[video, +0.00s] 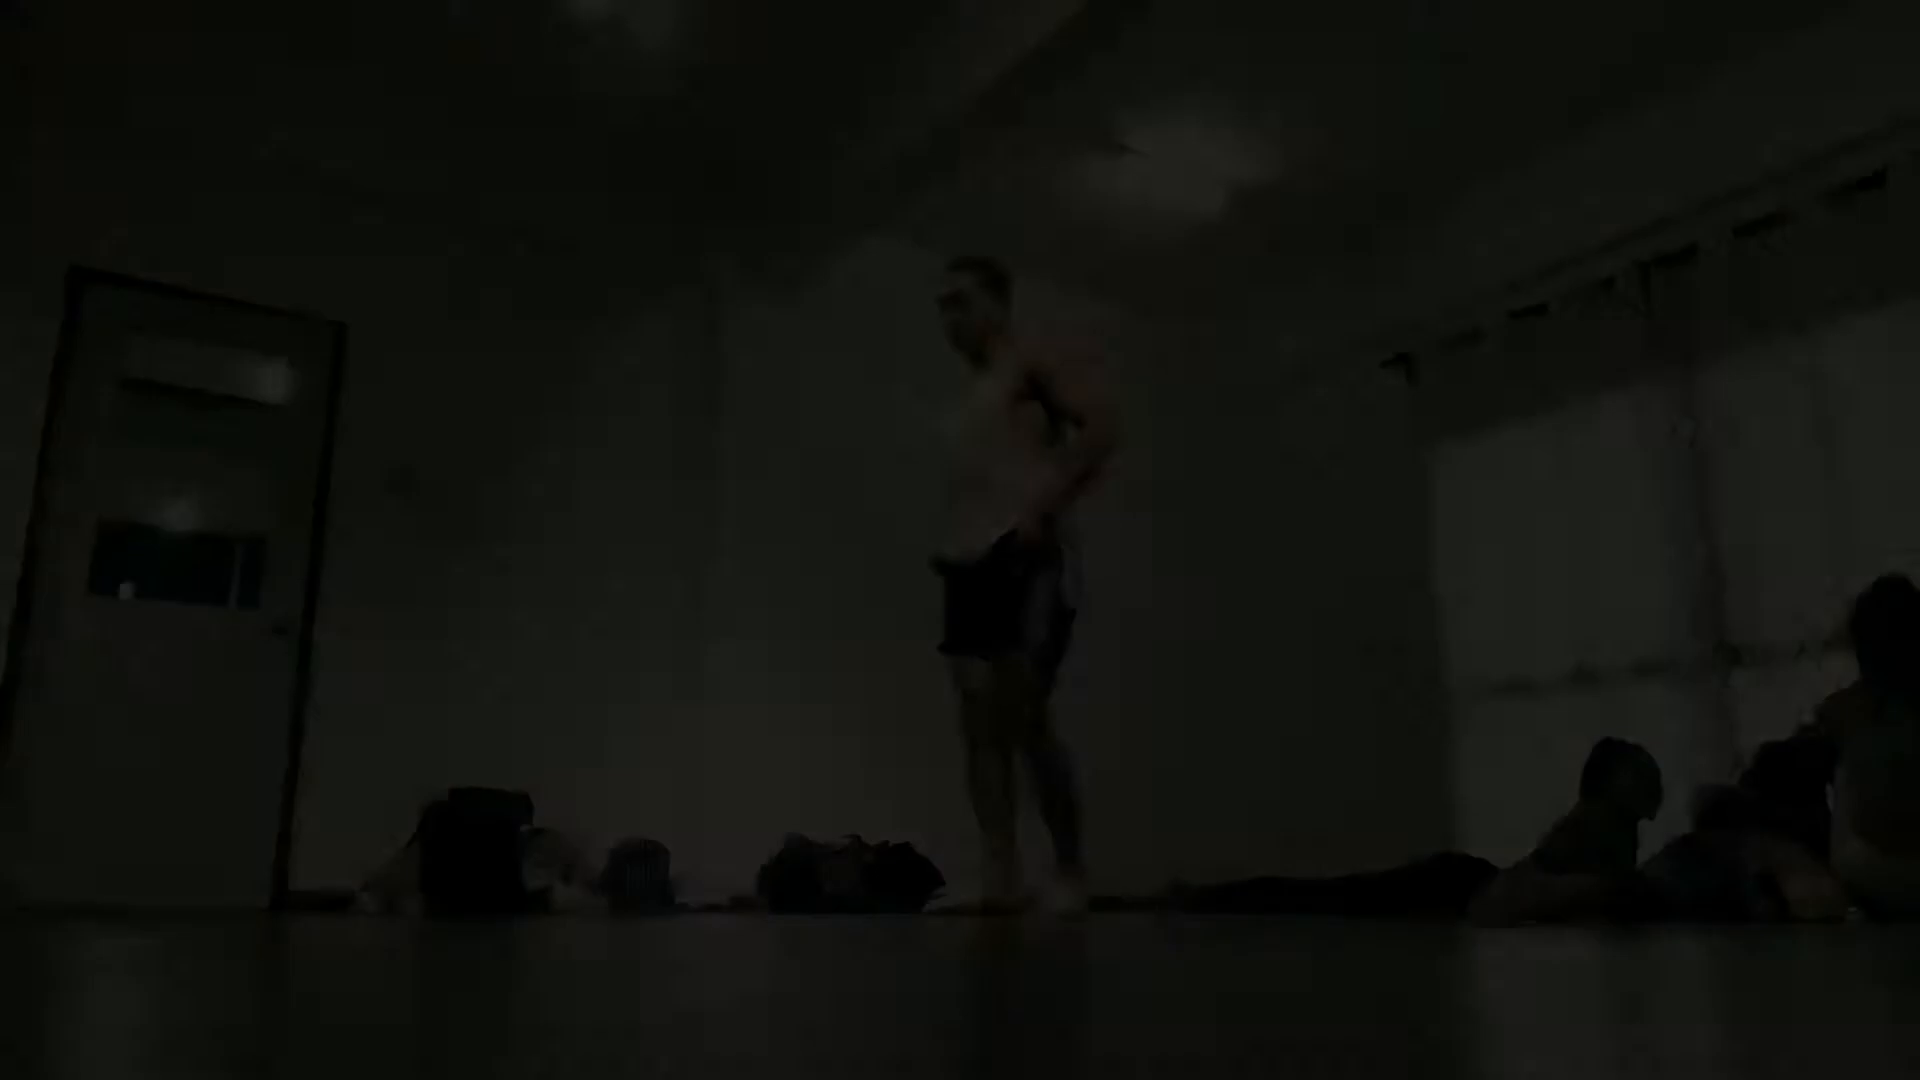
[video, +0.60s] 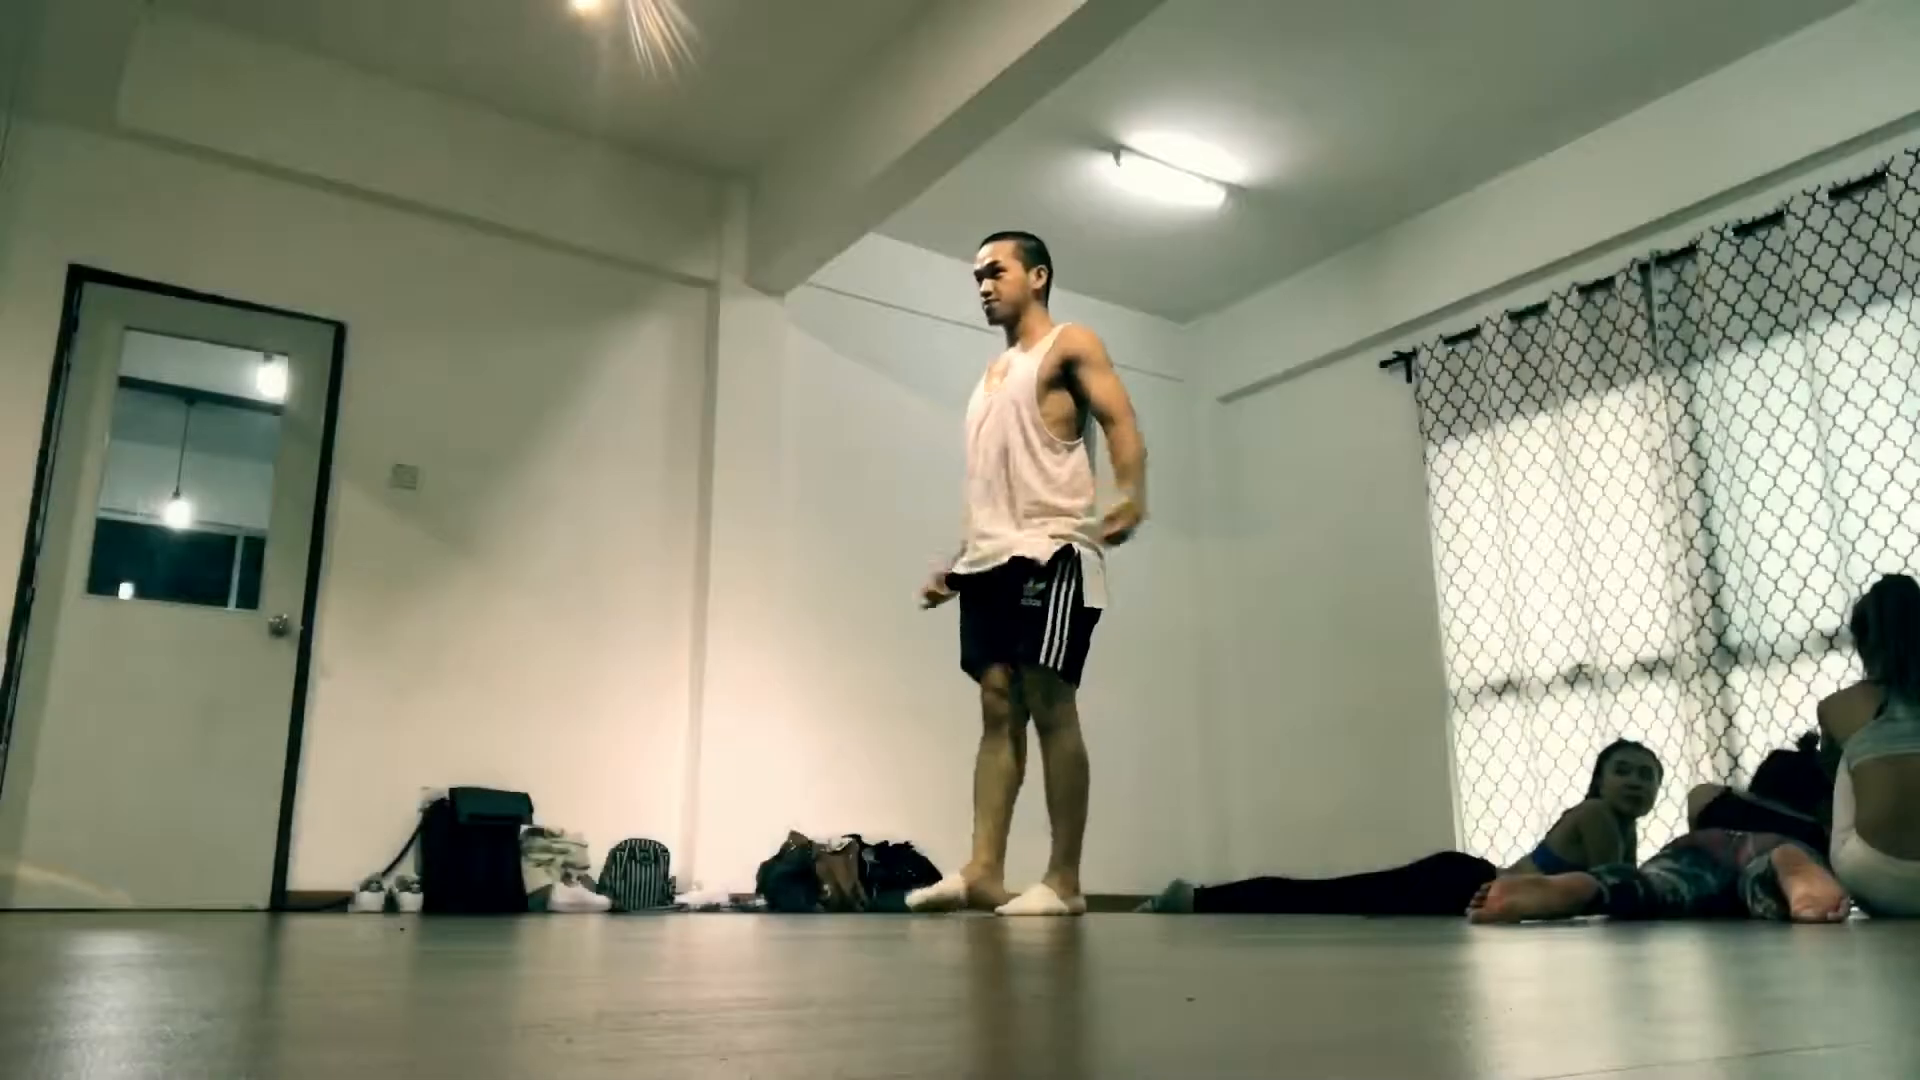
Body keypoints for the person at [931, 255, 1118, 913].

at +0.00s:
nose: (953, 322)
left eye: (963, 306)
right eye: (946, 308)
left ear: (996, 307)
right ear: (945, 317)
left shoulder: (1029, 376)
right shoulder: (961, 389)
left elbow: (1094, 440)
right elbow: (972, 471)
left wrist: (1043, 512)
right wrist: (955, 538)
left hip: (1026, 564)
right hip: (966, 569)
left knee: (1026, 720)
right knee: (979, 728)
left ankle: (1067, 875)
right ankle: (1000, 879)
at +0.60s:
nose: (982, 285)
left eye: (995, 272)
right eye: (979, 277)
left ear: (1038, 277)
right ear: (988, 291)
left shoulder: (1071, 344)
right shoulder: (995, 374)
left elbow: (1119, 420)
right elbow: (994, 486)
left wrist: (1131, 498)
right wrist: (955, 565)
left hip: (1053, 554)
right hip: (991, 562)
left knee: (1050, 706)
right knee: (998, 707)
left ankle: (1063, 882)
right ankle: (984, 872)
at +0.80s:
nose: (996, 287)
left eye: (1010, 275)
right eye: (993, 279)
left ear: (1052, 282)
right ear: (997, 295)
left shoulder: (1085, 353)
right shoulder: (989, 386)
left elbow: (1155, 413)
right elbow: (960, 490)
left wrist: (1211, 461)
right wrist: (886, 543)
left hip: (1059, 554)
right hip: (994, 566)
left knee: (1057, 708)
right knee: (1018, 714)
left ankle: (1066, 881)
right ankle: (1040, 867)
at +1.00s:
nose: (998, 301)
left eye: (1012, 290)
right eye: (995, 294)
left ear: (1054, 300)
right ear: (1001, 311)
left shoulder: (1095, 375)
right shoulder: (977, 392)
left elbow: (1189, 426)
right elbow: (913, 458)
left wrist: (1279, 454)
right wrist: (844, 448)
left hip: (1070, 558)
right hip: (1005, 576)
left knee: (1069, 710)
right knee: (1042, 727)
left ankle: (1066, 881)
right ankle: (1115, 859)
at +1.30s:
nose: (979, 363)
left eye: (993, 353)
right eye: (978, 355)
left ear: (1036, 363)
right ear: (991, 373)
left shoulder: (1083, 429)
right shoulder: (971, 444)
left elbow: (1190, 450)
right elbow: (898, 440)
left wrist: (1290, 457)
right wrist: (831, 410)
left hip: (1080, 603)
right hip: (1033, 614)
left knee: (999, 706)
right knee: (1030, 775)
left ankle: (1043, 879)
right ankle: (1128, 884)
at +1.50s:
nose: (960, 351)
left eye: (974, 340)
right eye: (962, 341)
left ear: (1013, 353)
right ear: (995, 356)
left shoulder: (1024, 411)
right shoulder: (997, 454)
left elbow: (1025, 421)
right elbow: (941, 515)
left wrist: (976, 416)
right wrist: (864, 527)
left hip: (1048, 602)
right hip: (1086, 611)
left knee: (952, 725)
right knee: (1042, 756)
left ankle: (1045, 874)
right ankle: (1129, 885)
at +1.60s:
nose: (953, 321)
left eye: (966, 310)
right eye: (958, 308)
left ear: (1001, 323)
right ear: (1014, 327)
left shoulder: (957, 389)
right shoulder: (1059, 396)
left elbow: (870, 454)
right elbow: (1112, 477)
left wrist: (791, 480)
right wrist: (1092, 530)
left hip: (1009, 579)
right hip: (1086, 578)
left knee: (973, 731)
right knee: (1080, 712)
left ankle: (1033, 866)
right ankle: (1105, 858)